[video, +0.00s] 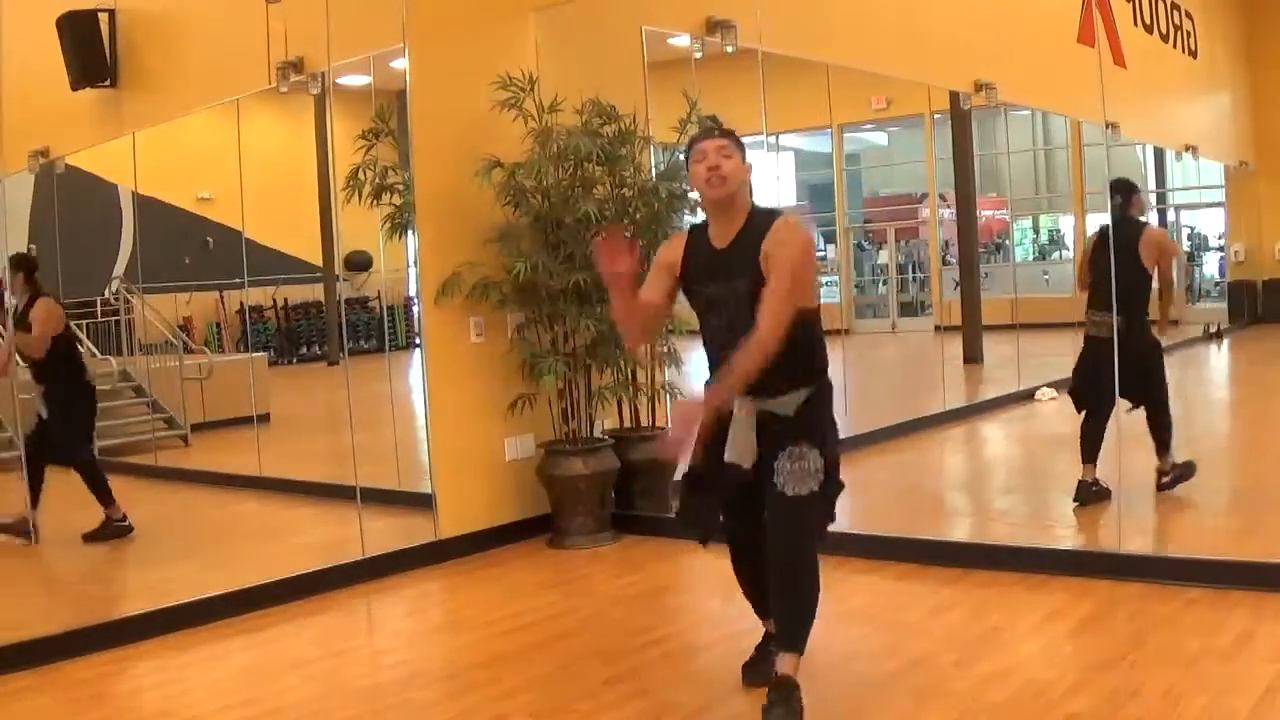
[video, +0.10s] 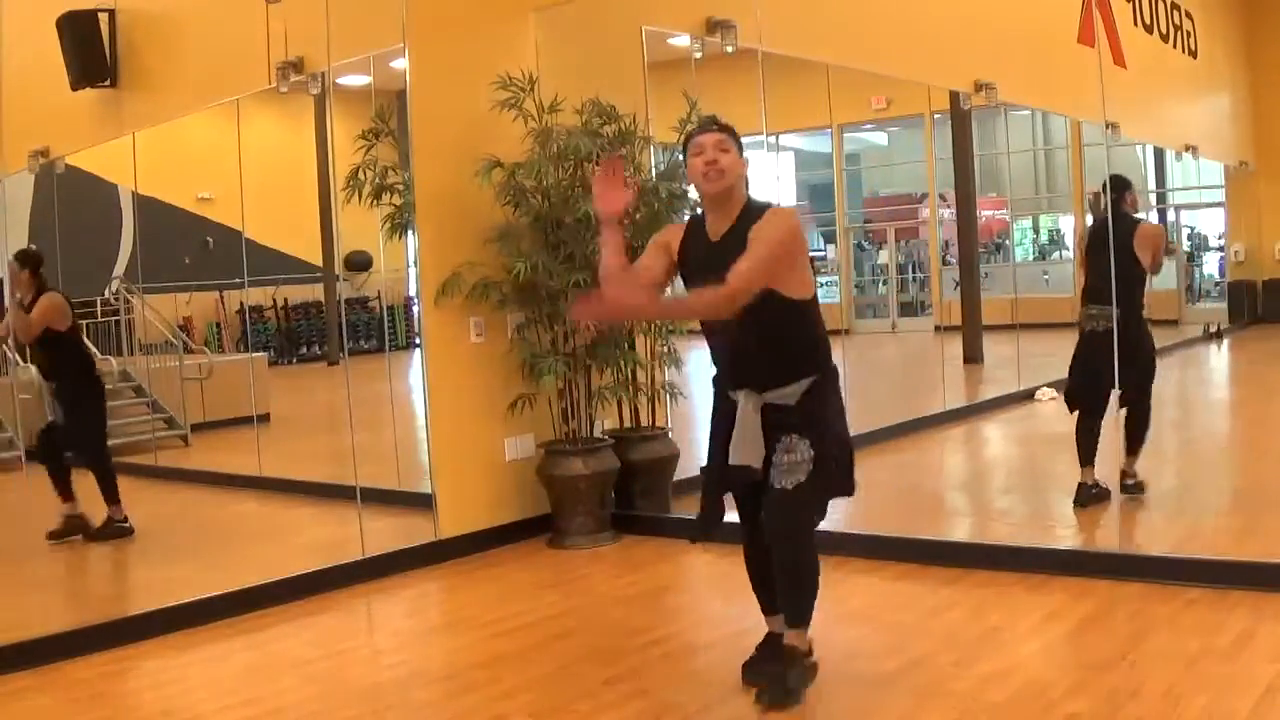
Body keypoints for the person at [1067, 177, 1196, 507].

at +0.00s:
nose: (1145, 200)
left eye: (1141, 195)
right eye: (1141, 195)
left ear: (1114, 203)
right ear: (1133, 200)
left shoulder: (1098, 238)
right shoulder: (1154, 236)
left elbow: (1083, 283)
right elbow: (1165, 285)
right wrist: (1163, 324)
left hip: (1097, 342)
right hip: (1135, 340)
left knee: (1097, 408)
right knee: (1156, 402)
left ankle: (1087, 480)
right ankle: (1165, 469)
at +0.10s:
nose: (1137, 199)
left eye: (1133, 195)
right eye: (1135, 195)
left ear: (1105, 200)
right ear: (1129, 198)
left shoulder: (1089, 233)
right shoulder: (1149, 232)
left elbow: (1084, 276)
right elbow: (1153, 266)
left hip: (1093, 335)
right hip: (1131, 334)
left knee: (1090, 407)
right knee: (1138, 399)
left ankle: (1086, 481)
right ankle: (1128, 473)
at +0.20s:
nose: (1134, 201)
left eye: (1131, 196)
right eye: (1132, 196)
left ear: (1103, 200)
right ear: (1126, 199)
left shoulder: (1086, 233)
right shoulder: (1143, 232)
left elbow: (1085, 270)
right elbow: (1158, 249)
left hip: (1090, 335)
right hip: (1126, 333)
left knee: (1088, 405)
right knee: (1127, 395)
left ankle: (1085, 482)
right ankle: (1106, 458)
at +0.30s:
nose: (1134, 202)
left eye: (1131, 197)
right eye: (1132, 197)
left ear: (1103, 199)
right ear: (1125, 197)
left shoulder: (1085, 231)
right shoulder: (1144, 232)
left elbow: (1083, 267)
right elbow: (1144, 269)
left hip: (1089, 331)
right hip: (1124, 329)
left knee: (1088, 402)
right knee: (1127, 382)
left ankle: (1088, 483)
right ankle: (1102, 438)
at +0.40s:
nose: (1137, 210)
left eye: (1134, 205)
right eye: (1136, 205)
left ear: (1107, 205)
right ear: (1132, 204)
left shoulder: (1087, 232)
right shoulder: (1147, 234)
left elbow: (1079, 280)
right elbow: (1153, 287)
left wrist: (1082, 322)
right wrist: (1151, 328)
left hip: (1090, 334)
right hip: (1126, 332)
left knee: (1089, 406)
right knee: (1131, 393)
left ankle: (1086, 481)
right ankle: (1108, 432)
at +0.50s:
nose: (1146, 218)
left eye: (1145, 214)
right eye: (1146, 213)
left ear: (1114, 211)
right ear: (1140, 211)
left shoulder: (1089, 241)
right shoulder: (1147, 234)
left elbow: (1068, 285)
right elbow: (1167, 279)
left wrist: (1051, 324)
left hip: (1092, 337)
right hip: (1131, 334)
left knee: (1090, 407)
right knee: (1146, 390)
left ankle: (1087, 482)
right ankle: (1122, 444)